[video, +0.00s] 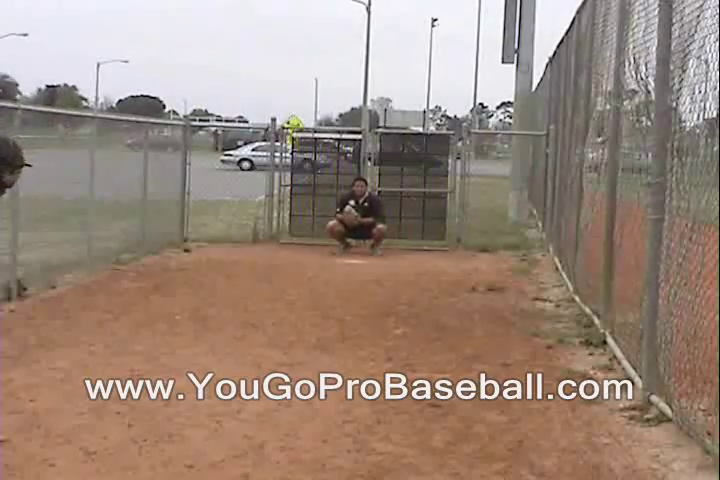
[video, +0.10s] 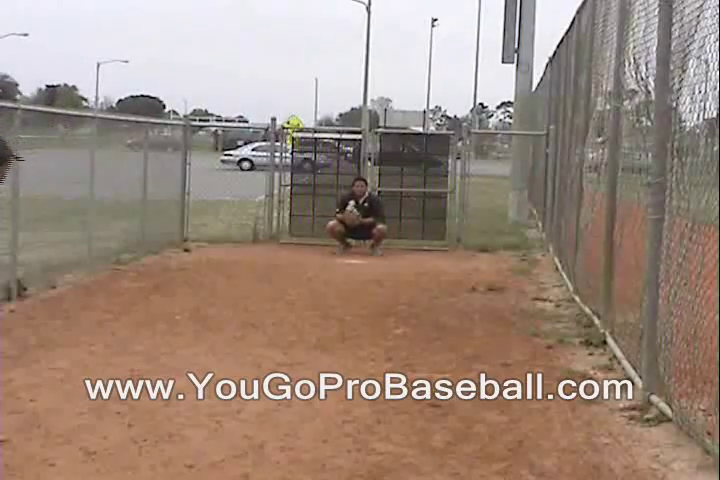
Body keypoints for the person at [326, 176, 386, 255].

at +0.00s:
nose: (359, 189)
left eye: (362, 186)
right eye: (357, 186)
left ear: (366, 188)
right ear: (353, 188)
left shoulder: (373, 199)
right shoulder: (346, 197)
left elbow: (379, 218)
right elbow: (338, 214)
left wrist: (360, 220)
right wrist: (345, 219)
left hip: (366, 227)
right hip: (349, 226)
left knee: (381, 229)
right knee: (332, 226)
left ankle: (374, 246)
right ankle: (345, 244)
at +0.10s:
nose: (359, 189)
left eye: (362, 186)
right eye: (357, 186)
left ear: (366, 188)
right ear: (353, 188)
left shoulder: (374, 200)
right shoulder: (346, 198)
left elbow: (378, 218)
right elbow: (338, 214)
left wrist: (361, 221)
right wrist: (345, 218)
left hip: (366, 228)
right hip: (349, 227)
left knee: (381, 229)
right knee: (332, 226)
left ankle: (374, 246)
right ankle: (345, 244)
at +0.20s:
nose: (359, 189)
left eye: (362, 186)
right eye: (357, 186)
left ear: (366, 188)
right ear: (353, 188)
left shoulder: (374, 200)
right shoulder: (346, 198)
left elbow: (379, 218)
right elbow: (338, 213)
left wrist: (361, 221)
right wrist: (344, 218)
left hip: (366, 228)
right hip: (349, 226)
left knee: (381, 229)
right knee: (332, 226)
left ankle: (375, 246)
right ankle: (345, 244)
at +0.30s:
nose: (359, 189)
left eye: (362, 186)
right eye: (357, 186)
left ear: (366, 188)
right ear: (353, 188)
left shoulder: (374, 200)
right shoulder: (346, 199)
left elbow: (379, 218)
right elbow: (338, 214)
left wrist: (362, 221)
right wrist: (344, 217)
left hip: (366, 227)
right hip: (349, 226)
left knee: (381, 229)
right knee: (331, 226)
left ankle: (375, 246)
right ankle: (345, 244)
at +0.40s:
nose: (359, 189)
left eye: (362, 186)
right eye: (357, 186)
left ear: (366, 188)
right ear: (353, 188)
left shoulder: (374, 200)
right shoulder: (346, 199)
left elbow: (379, 218)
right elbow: (338, 214)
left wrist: (362, 221)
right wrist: (345, 217)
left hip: (366, 227)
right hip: (349, 227)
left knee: (381, 229)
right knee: (331, 226)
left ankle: (375, 246)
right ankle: (345, 244)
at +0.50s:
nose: (360, 189)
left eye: (362, 186)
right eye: (357, 186)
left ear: (367, 188)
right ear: (353, 188)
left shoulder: (374, 200)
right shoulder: (346, 199)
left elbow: (379, 219)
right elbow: (338, 215)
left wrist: (363, 221)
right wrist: (346, 217)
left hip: (366, 227)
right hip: (350, 227)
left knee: (381, 229)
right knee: (331, 226)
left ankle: (375, 246)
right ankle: (344, 244)